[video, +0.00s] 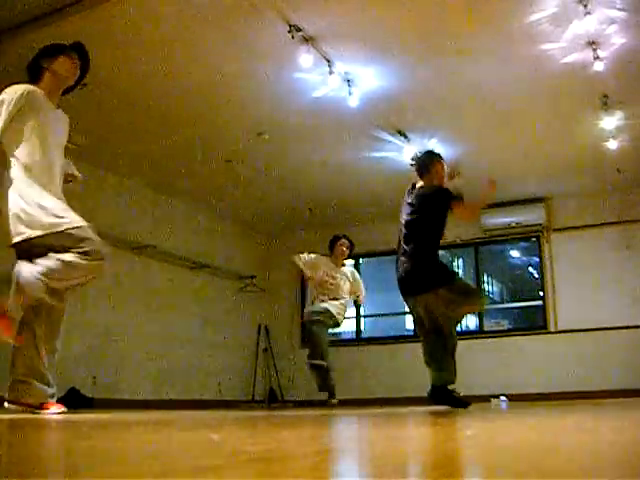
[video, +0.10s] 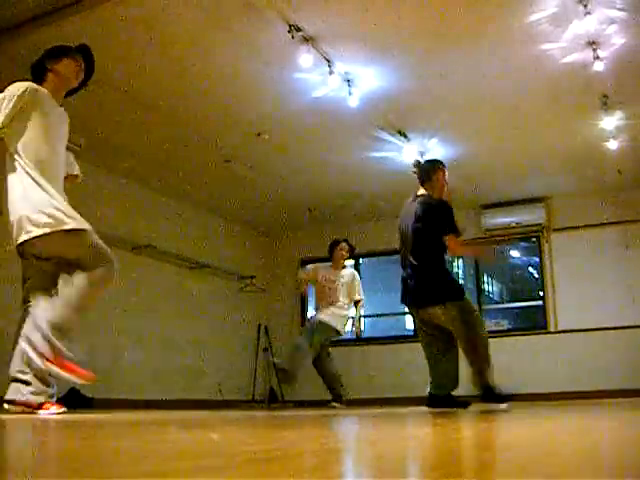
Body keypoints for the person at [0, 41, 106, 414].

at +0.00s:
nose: (75, 65)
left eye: (79, 64)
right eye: (68, 57)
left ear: (76, 81)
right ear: (46, 64)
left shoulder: (60, 117)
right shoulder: (22, 94)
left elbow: (42, 156)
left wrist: (65, 169)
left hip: (43, 204)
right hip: (21, 197)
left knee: (48, 298)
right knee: (92, 254)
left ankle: (29, 388)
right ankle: (26, 281)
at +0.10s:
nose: (77, 69)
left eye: (82, 69)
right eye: (71, 61)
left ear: (79, 83)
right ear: (49, 65)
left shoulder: (60, 116)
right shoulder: (26, 91)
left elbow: (57, 159)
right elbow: (1, 127)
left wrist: (69, 165)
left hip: (43, 211)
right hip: (34, 206)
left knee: (42, 302)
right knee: (101, 266)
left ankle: (26, 390)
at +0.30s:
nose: (85, 94)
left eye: (90, 93)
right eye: (82, 84)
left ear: (86, 103)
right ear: (61, 81)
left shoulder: (62, 144)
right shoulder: (28, 105)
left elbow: (60, 203)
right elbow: (2, 151)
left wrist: (95, 193)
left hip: (43, 226)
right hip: (28, 220)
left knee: (53, 314)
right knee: (94, 281)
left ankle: (29, 390)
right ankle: (101, 375)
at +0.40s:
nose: (89, 99)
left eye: (96, 96)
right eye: (87, 88)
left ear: (94, 102)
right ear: (68, 81)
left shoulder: (72, 146)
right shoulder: (29, 98)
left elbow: (75, 205)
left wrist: (106, 213)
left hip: (37, 219)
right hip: (12, 199)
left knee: (46, 297)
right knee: (92, 244)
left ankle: (27, 389)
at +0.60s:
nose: (100, 119)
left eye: (106, 115)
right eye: (97, 108)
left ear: (108, 120)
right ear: (81, 101)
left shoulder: (80, 155)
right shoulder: (42, 111)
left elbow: (54, 206)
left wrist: (85, 165)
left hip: (17, 216)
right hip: (3, 201)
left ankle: (1, 383)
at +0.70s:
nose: (97, 142)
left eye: (104, 136)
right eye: (92, 132)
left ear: (108, 140)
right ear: (75, 127)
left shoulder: (80, 179)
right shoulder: (43, 142)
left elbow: (51, 223)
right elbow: (0, 161)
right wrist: (9, 200)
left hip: (13, 248)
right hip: (2, 242)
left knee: (31, 310)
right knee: (24, 307)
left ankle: (1, 392)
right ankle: (0, 393)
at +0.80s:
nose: (92, 144)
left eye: (99, 138)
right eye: (87, 134)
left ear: (103, 140)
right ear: (68, 129)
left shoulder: (80, 180)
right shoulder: (37, 151)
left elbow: (51, 226)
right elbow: (15, 210)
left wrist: (52, 263)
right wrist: (68, 248)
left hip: (27, 267)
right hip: (3, 258)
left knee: (36, 320)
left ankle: (1, 389)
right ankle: (1, 392)